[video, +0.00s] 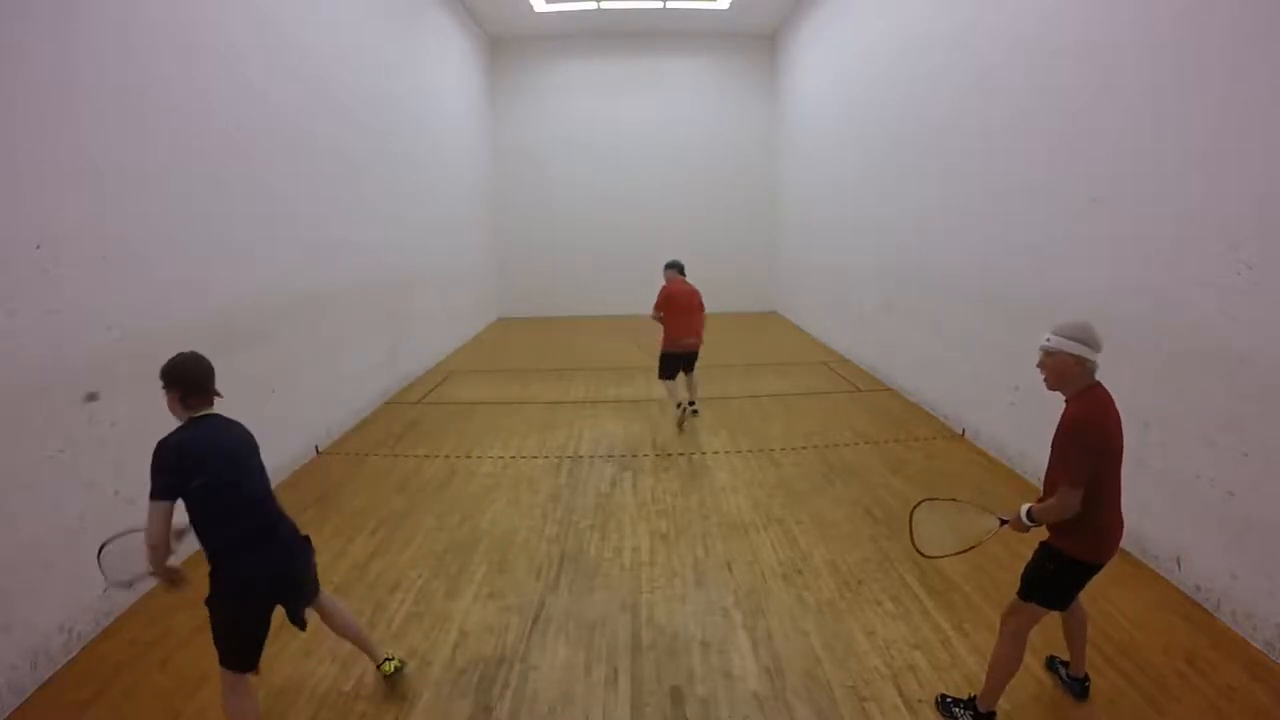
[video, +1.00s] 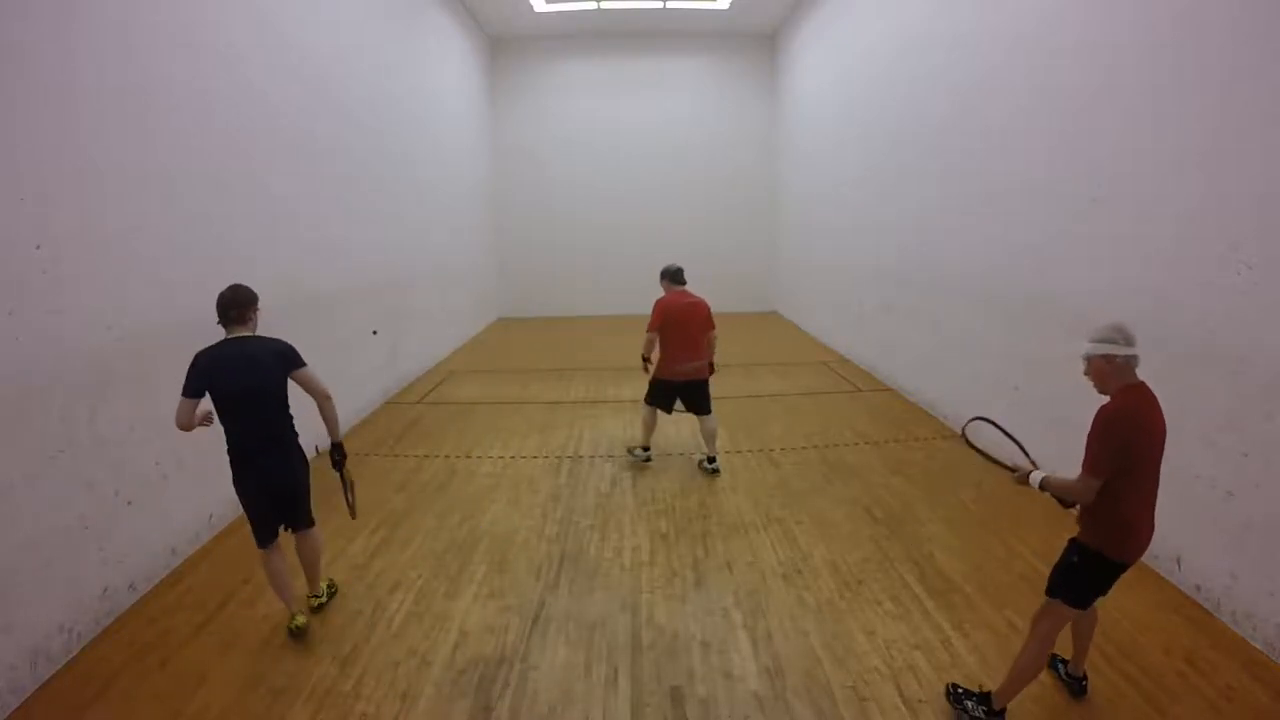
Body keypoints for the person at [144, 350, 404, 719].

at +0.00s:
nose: (166, 400)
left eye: (166, 393)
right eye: (165, 392)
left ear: (174, 397)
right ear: (211, 389)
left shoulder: (170, 451)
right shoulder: (237, 430)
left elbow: (158, 540)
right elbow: (254, 495)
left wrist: (164, 569)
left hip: (237, 575)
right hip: (286, 551)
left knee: (236, 681)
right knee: (320, 598)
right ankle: (383, 659)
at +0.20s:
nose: (208, 371)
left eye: (205, 367)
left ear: (204, 373)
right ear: (241, 369)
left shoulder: (209, 410)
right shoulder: (258, 401)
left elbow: (179, 456)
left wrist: (114, 499)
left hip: (271, 536)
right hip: (314, 515)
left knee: (259, 642)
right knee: (323, 600)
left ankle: (264, 714)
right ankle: (379, 666)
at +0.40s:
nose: (208, 344)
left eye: (208, 338)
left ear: (212, 339)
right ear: (245, 335)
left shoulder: (215, 369)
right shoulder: (267, 367)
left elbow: (221, 415)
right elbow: (278, 420)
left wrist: (175, 478)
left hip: (264, 493)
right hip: (306, 479)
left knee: (266, 589)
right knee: (323, 572)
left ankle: (290, 671)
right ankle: (377, 652)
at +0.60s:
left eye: (202, 335)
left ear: (203, 337)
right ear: (237, 329)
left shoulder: (205, 380)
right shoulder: (267, 365)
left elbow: (213, 449)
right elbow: (300, 421)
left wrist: (214, 509)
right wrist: (273, 443)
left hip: (258, 493)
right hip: (301, 481)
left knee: (278, 561)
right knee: (324, 561)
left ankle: (303, 630)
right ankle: (364, 630)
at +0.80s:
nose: (242, 316)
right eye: (242, 311)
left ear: (206, 322)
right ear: (240, 315)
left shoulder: (197, 369)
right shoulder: (268, 352)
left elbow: (196, 437)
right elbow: (316, 397)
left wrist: (204, 473)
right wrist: (322, 446)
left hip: (248, 475)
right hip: (290, 462)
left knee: (273, 551)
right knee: (306, 528)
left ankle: (302, 625)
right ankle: (338, 594)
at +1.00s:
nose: (259, 314)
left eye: (256, 308)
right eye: (257, 309)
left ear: (220, 318)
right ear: (252, 314)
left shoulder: (205, 361)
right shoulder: (276, 349)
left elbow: (184, 420)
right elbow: (322, 395)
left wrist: (201, 418)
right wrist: (336, 442)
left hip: (245, 466)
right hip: (288, 456)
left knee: (268, 544)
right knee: (303, 525)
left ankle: (297, 613)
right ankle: (317, 591)